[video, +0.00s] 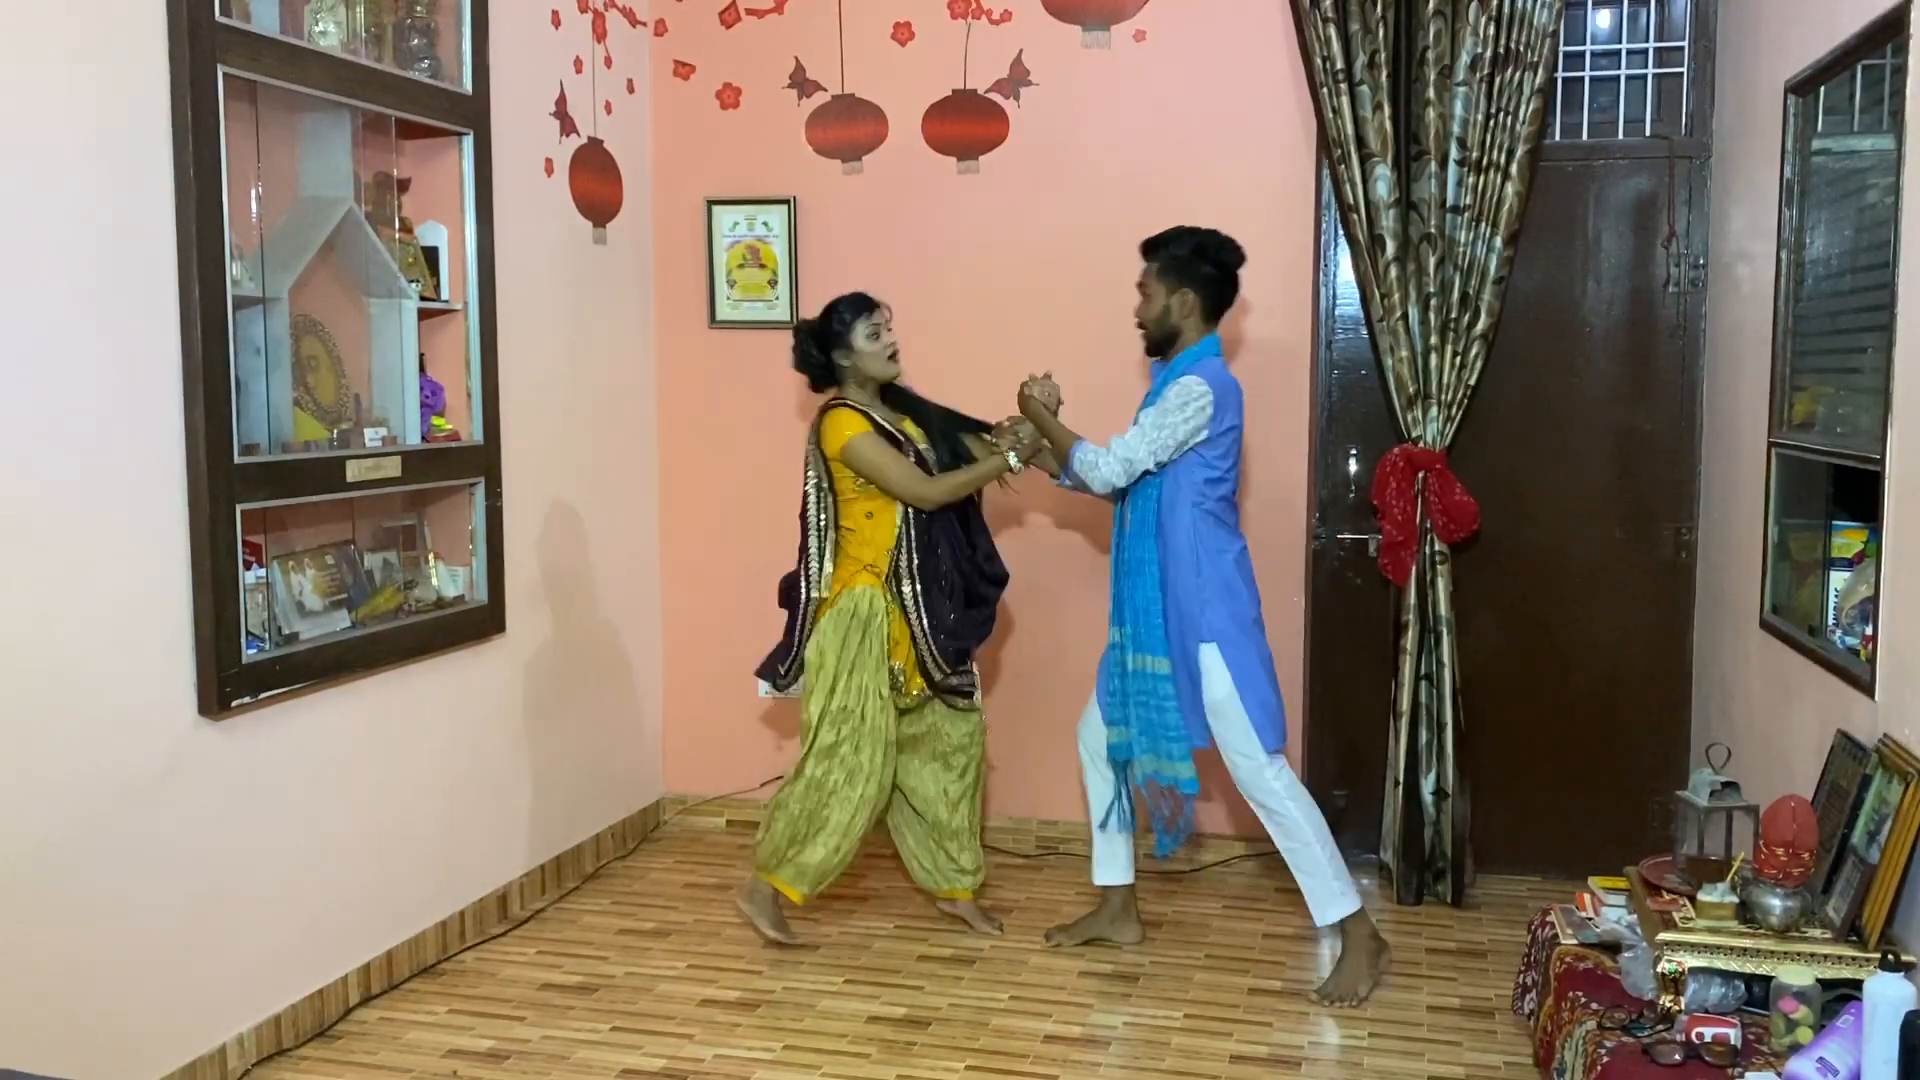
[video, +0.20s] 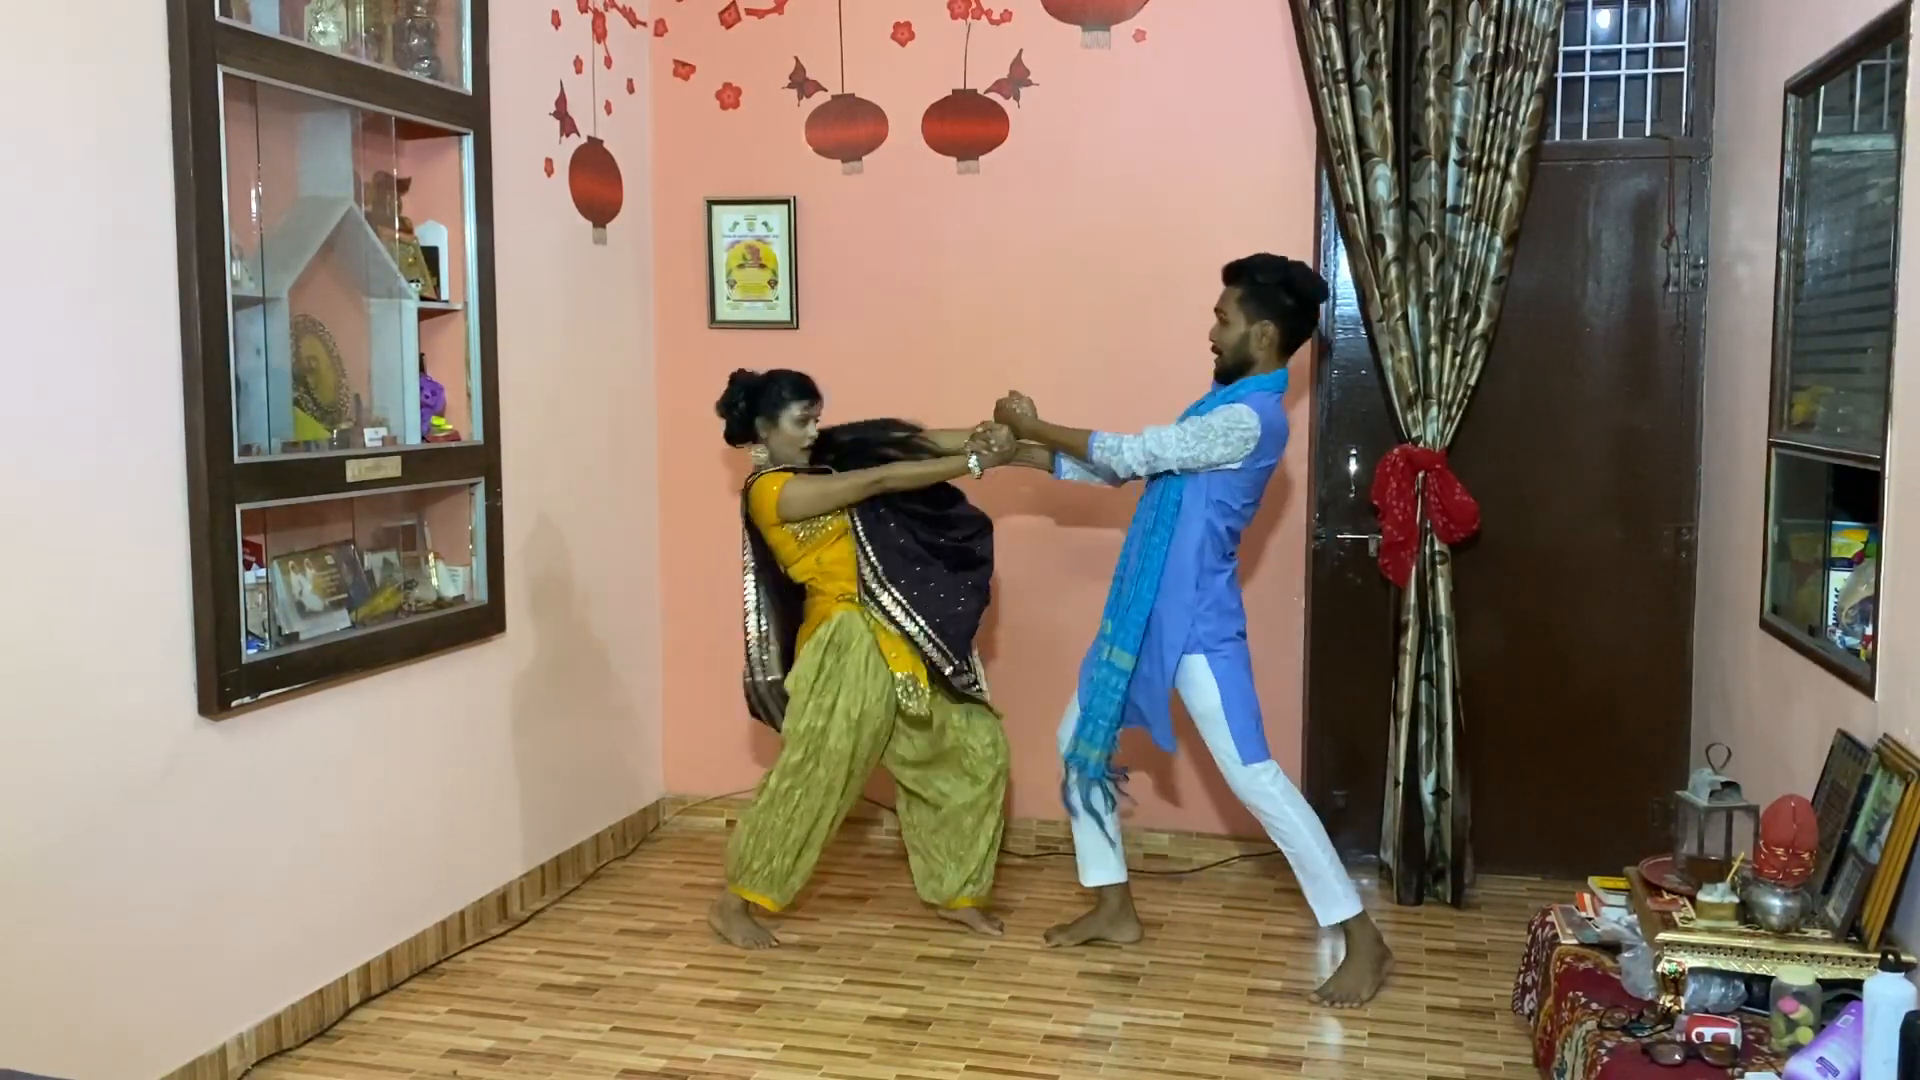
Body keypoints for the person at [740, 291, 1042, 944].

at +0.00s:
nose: (892, 342)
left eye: (889, 331)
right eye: (875, 336)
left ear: (885, 343)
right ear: (841, 356)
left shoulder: (899, 415)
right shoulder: (841, 422)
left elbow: (969, 447)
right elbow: (924, 491)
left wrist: (1029, 428)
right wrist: (1000, 462)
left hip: (915, 606)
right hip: (861, 606)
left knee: (954, 735)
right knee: (853, 751)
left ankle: (952, 882)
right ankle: (769, 884)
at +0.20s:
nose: (815, 430)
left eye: (816, 418)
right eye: (801, 421)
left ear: (817, 419)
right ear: (761, 430)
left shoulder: (828, 462)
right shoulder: (771, 492)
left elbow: (913, 447)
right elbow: (874, 481)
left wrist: (991, 437)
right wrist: (975, 461)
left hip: (906, 636)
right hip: (848, 636)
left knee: (978, 745)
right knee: (820, 764)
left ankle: (956, 892)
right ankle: (739, 899)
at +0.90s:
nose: (890, 369)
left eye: (897, 363)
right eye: (898, 360)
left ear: (905, 377)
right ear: (962, 385)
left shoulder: (864, 418)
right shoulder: (968, 443)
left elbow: (760, 444)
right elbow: (990, 386)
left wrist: (738, 463)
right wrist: (968, 318)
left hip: (862, 622)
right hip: (938, 626)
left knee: (858, 763)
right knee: (931, 765)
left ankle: (890, 897)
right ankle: (917, 898)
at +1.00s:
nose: (891, 345)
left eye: (904, 341)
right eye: (898, 336)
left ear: (932, 362)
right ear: (946, 365)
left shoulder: (889, 408)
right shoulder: (967, 416)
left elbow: (788, 442)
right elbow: (928, 329)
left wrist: (715, 414)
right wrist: (914, 250)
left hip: (897, 633)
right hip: (967, 627)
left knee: (870, 769)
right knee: (970, 759)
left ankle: (913, 902)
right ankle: (977, 882)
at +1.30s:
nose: (931, 368)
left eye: (937, 356)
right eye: (915, 359)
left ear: (947, 362)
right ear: (884, 369)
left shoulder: (962, 425)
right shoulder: (864, 420)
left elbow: (970, 479)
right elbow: (774, 389)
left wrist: (908, 442)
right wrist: (841, 403)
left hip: (940, 606)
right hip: (864, 607)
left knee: (943, 746)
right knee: (863, 748)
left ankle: (985, 884)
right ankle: (894, 866)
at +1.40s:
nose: (924, 373)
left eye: (931, 360)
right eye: (909, 364)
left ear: (941, 364)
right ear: (879, 372)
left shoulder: (956, 436)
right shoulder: (853, 428)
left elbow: (996, 508)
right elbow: (752, 449)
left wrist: (968, 456)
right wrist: (815, 424)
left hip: (932, 598)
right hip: (857, 603)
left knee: (937, 740)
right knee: (857, 744)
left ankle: (981, 877)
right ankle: (889, 866)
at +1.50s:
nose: (899, 355)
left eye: (910, 343)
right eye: (887, 345)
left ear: (927, 351)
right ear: (869, 355)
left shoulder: (954, 418)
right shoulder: (846, 415)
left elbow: (1026, 476)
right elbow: (746, 449)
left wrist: (1007, 422)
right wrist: (765, 392)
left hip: (945, 596)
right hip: (865, 598)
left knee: (945, 737)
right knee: (866, 738)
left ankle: (945, 870)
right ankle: (892, 866)